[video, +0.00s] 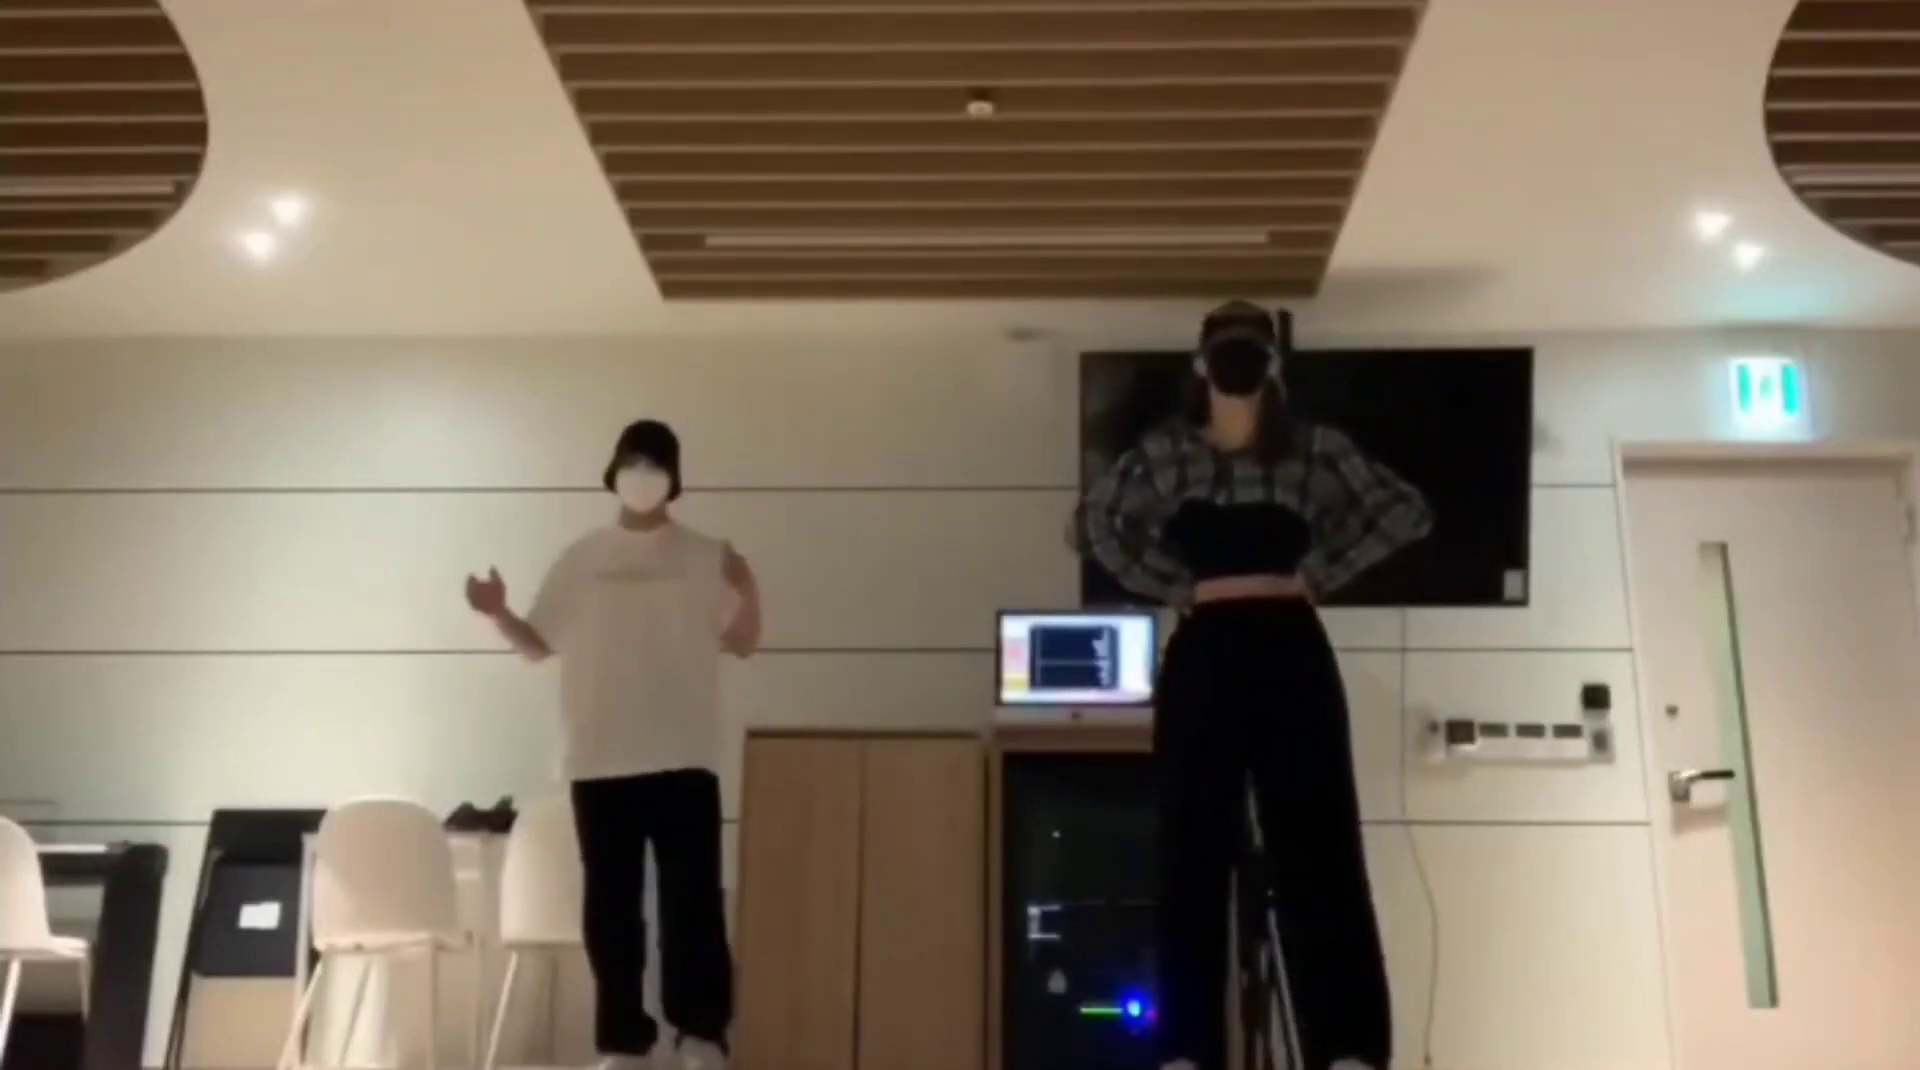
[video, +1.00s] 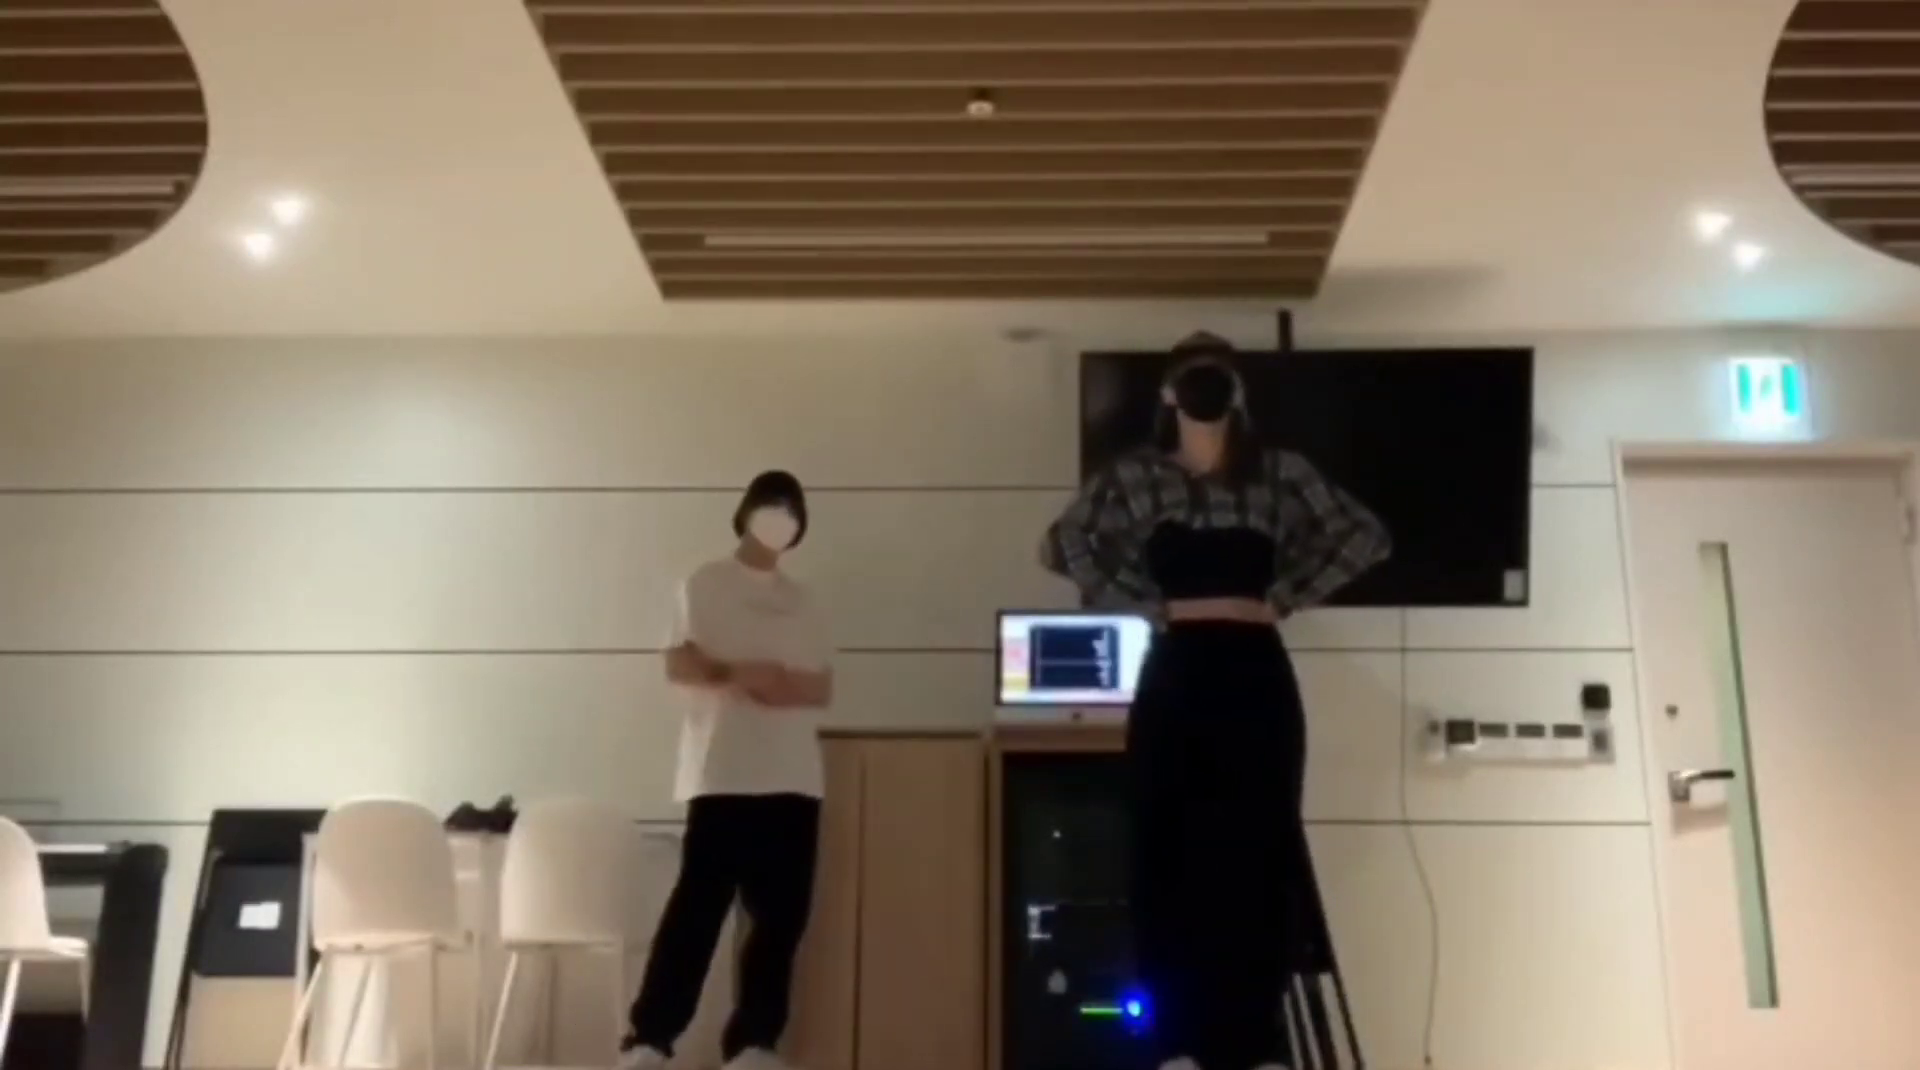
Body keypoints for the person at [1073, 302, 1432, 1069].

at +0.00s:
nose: (1239, 358)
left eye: (1253, 345)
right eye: (1225, 344)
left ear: (1276, 362)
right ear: (1200, 361)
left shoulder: (1316, 449)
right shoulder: (1167, 451)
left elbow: (1406, 512)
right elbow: (1097, 523)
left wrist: (1322, 572)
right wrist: (1170, 587)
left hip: (1290, 654)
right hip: (1203, 657)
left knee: (1315, 847)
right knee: (1195, 851)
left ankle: (1346, 1046)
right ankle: (1189, 1045)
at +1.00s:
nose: (1206, 387)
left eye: (1219, 376)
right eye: (1192, 376)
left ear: (1241, 392)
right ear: (1167, 393)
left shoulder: (1280, 474)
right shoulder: (1138, 477)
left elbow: (1365, 537)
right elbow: (1065, 544)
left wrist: (1288, 595)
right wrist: (1144, 596)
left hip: (1256, 674)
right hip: (1177, 675)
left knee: (1259, 847)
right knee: (1175, 847)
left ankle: (1253, 1032)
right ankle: (1187, 1034)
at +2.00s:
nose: (1234, 415)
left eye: (1246, 405)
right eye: (1219, 405)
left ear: (1265, 423)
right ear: (1194, 421)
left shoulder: (1296, 509)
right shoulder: (1158, 499)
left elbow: (1319, 615)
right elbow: (1111, 582)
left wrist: (1344, 704)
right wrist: (1163, 584)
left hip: (1282, 696)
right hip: (1198, 693)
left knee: (1278, 874)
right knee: (1187, 869)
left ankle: (1267, 1041)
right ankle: (1191, 1040)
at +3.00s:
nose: (1218, 426)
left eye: (1230, 414)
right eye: (1202, 416)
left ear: (1250, 432)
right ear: (1179, 433)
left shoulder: (1286, 521)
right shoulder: (1146, 517)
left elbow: (1312, 626)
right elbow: (1112, 600)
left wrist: (1322, 722)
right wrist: (1176, 583)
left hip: (1260, 702)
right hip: (1184, 703)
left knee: (1268, 867)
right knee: (1192, 869)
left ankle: (1263, 1040)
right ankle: (1203, 1039)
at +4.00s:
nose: (1207, 422)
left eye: (1218, 410)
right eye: (1193, 411)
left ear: (1237, 428)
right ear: (1169, 428)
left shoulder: (1270, 514)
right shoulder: (1132, 515)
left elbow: (1295, 618)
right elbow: (1112, 611)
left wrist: (1316, 713)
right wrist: (1135, 690)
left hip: (1255, 702)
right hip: (1176, 704)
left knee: (1259, 867)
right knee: (1187, 868)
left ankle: (1251, 1040)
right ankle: (1197, 1037)